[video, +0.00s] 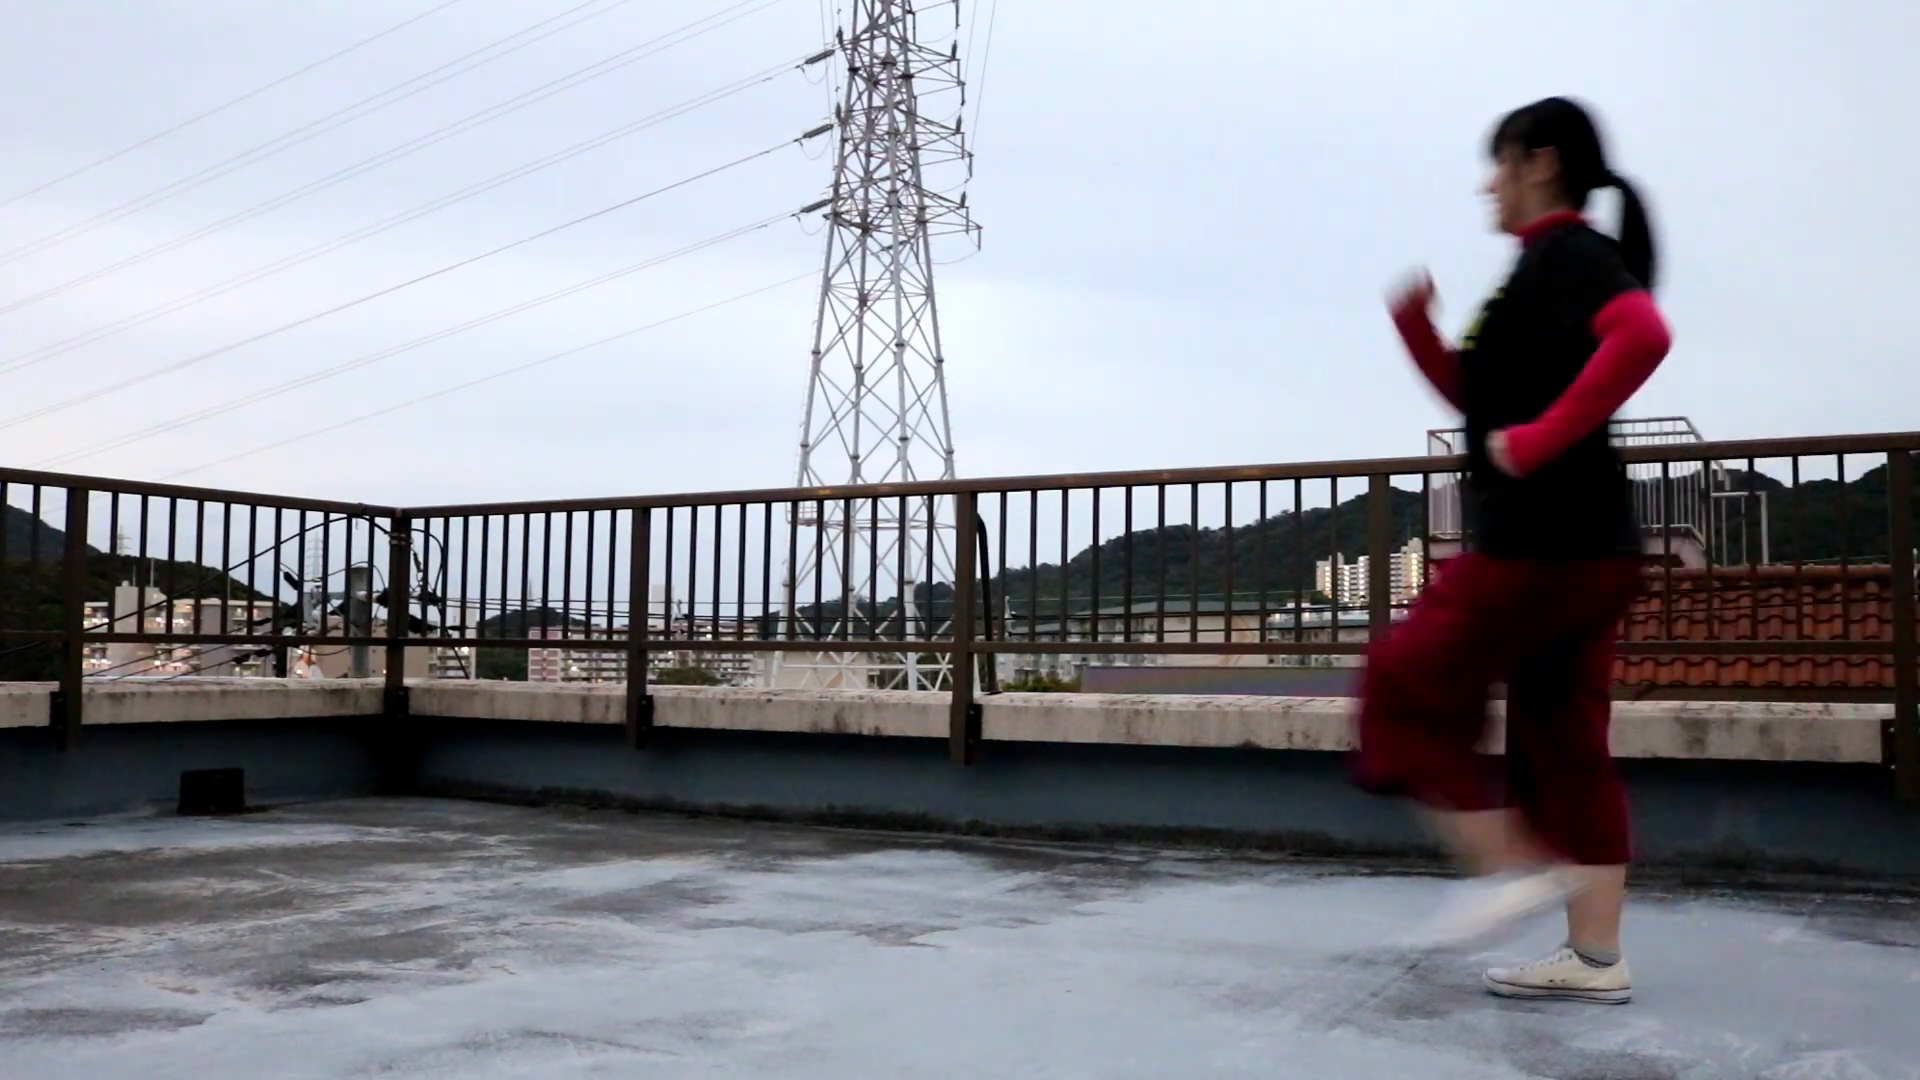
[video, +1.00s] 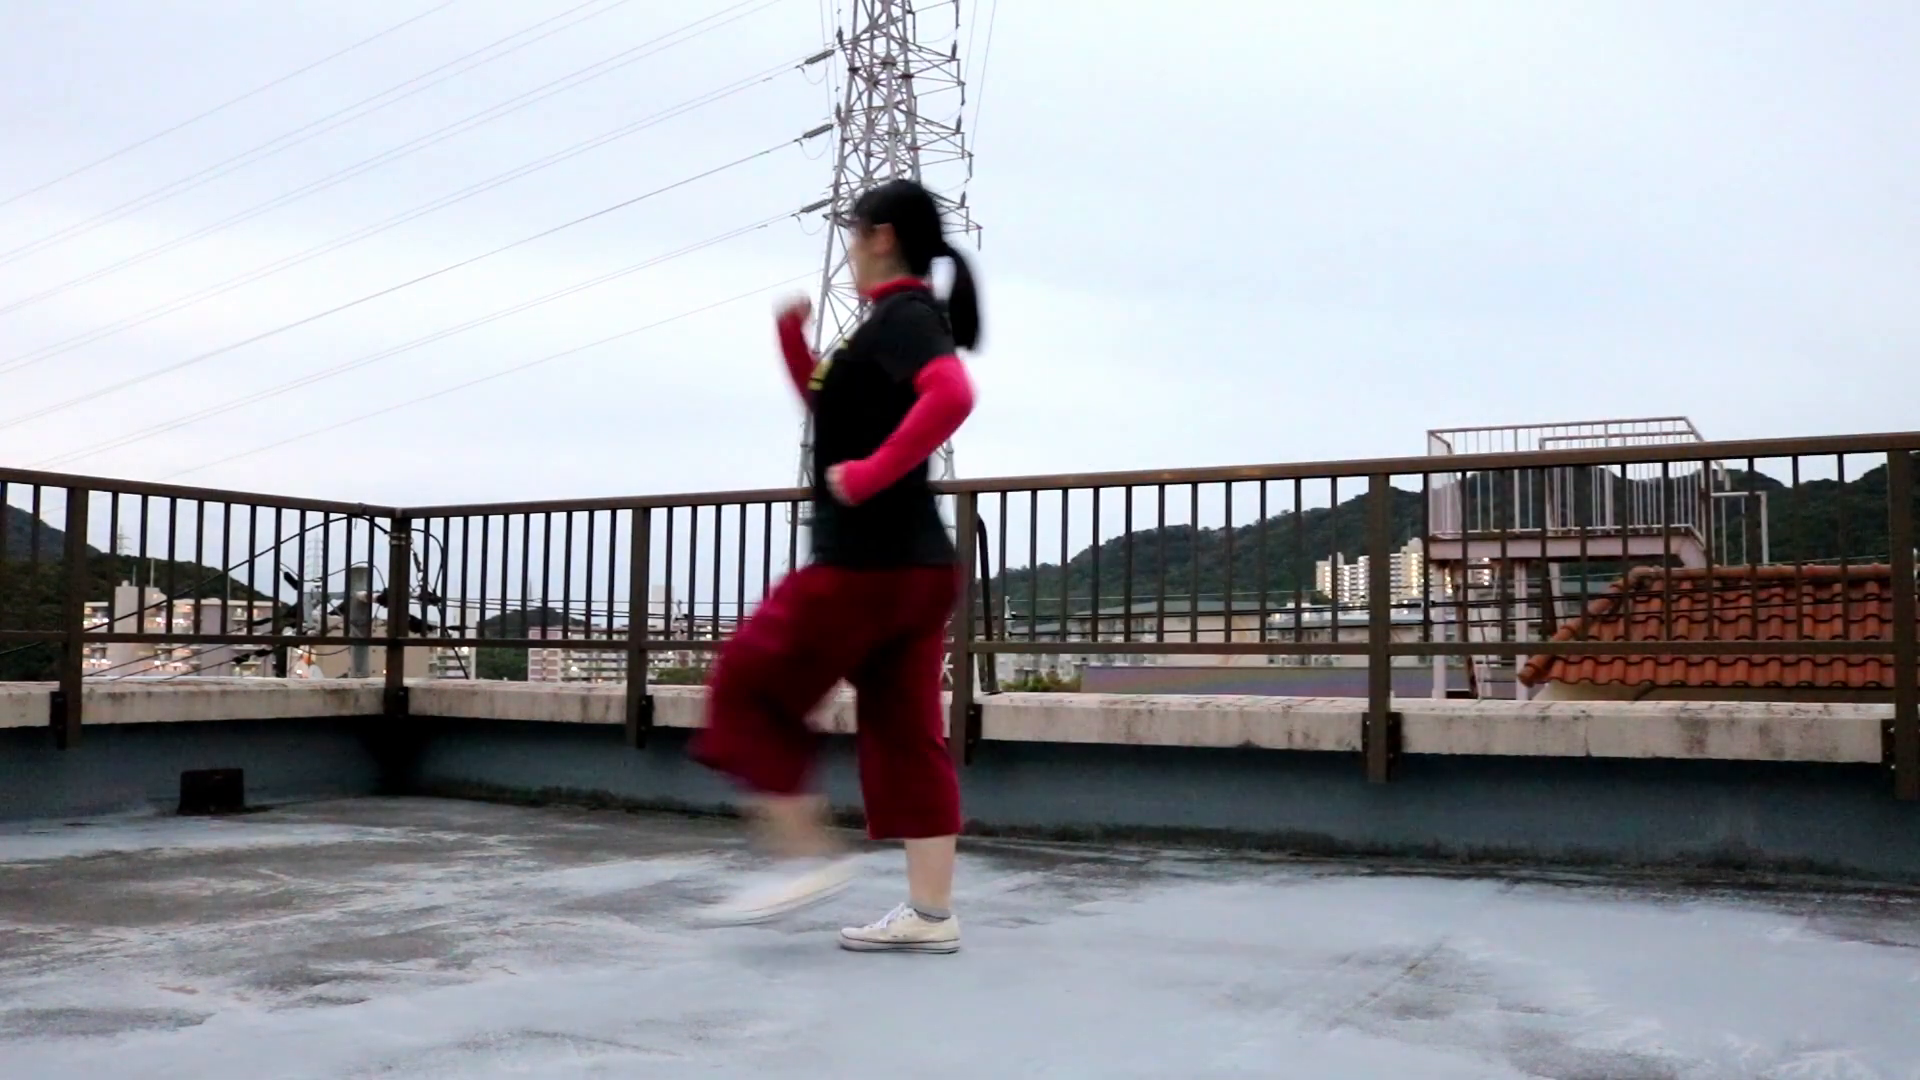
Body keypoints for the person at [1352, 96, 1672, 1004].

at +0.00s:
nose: (1488, 180)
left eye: (1499, 163)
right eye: (1491, 164)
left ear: (1544, 166)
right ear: (1544, 170)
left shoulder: (1571, 254)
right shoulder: (1538, 273)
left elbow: (1642, 333)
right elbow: (1472, 396)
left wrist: (1542, 435)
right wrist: (1415, 323)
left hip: (1539, 546)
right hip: (1575, 546)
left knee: (1400, 687)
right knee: (1566, 734)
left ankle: (1507, 864)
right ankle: (1595, 955)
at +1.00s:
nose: (848, 248)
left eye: (856, 235)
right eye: (851, 235)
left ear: (885, 239)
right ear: (906, 244)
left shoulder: (903, 315)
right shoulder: (887, 324)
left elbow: (950, 393)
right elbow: (833, 414)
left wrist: (876, 466)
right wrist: (794, 343)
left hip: (869, 567)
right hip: (913, 565)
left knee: (743, 684)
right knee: (908, 730)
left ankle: (806, 854)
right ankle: (931, 911)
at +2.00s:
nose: (343, 283)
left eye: (348, 272)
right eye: (347, 272)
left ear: (365, 280)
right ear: (404, 288)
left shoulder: (364, 341)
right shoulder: (398, 350)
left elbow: (393, 392)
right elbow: (338, 438)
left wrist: (335, 493)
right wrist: (299, 381)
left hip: (337, 564)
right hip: (403, 563)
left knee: (250, 689)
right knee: (396, 718)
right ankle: (390, 884)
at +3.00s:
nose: (157, 301)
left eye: (161, 291)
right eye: (162, 289)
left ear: (174, 297)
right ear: (229, 303)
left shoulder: (149, 365)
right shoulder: (240, 389)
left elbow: (146, 450)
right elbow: (243, 488)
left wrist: (78, 526)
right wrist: (175, 487)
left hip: (123, 572)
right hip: (195, 577)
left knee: (77, 720)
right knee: (142, 722)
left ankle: (200, 807)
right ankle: (96, 864)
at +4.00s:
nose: (585, 229)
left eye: (592, 215)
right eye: (589, 215)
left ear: (616, 219)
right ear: (658, 226)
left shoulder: (603, 300)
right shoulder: (679, 316)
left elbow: (601, 418)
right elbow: (696, 456)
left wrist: (560, 539)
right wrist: (627, 505)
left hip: (614, 559)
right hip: (677, 559)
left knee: (587, 741)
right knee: (626, 736)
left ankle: (781, 817)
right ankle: (583, 922)